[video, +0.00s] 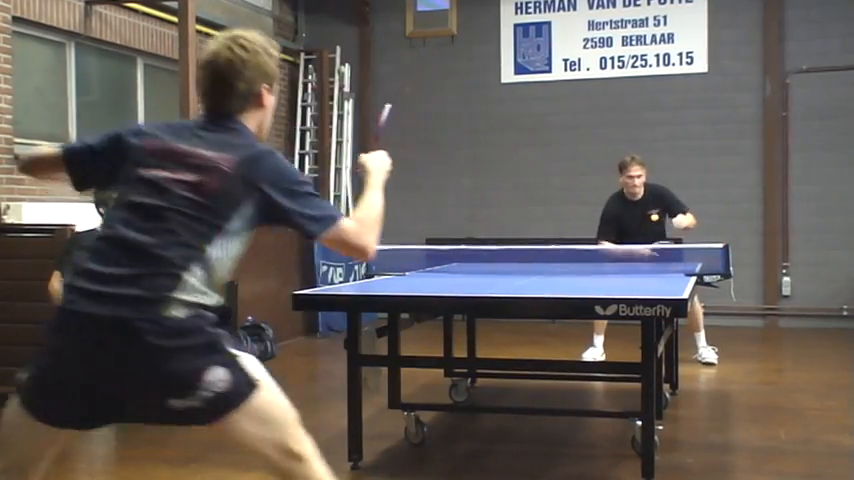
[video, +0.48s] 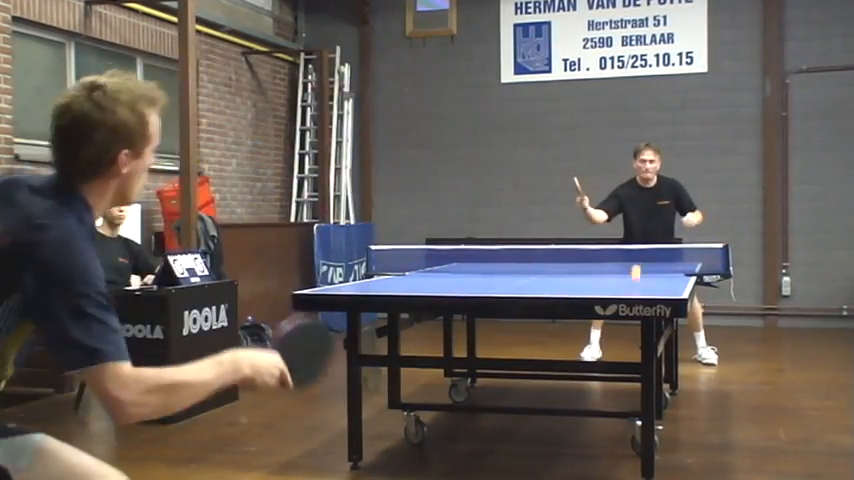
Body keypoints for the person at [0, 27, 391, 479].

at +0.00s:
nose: (276, 99)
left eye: (277, 90)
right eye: (276, 90)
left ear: (205, 91)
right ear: (264, 95)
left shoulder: (141, 139)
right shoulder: (259, 163)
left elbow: (35, 164)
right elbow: (364, 243)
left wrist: (26, 153)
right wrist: (376, 176)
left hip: (79, 340)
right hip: (172, 348)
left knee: (10, 462)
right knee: (295, 454)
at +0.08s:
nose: (247, 85)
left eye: (247, 73)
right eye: (249, 74)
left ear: (179, 72)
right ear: (237, 77)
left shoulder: (117, 118)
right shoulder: (227, 143)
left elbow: (13, 137)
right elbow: (333, 235)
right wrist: (356, 175)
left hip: (30, 302)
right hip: (116, 315)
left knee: (40, 455)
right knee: (253, 450)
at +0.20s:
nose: (211, 88)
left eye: (211, 76)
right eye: (211, 76)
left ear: (138, 75)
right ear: (197, 81)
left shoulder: (76, 122)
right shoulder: (180, 150)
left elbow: (0, 139)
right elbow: (282, 262)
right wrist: (321, 208)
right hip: (50, 331)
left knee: (82, 467)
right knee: (176, 473)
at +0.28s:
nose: (180, 118)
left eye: (183, 106)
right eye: (182, 106)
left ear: (107, 100)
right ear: (166, 111)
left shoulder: (28, 156)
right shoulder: (139, 186)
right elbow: (231, 315)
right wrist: (285, 262)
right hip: (15, 378)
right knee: (127, 472)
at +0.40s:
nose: (140, 166)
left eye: (142, 154)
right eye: (141, 154)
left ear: (61, 142)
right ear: (117, 159)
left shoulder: (11, 193)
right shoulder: (68, 238)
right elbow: (146, 379)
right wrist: (238, 326)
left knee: (101, 472)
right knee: (103, 475)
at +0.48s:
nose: (151, 165)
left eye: (153, 152)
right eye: (151, 153)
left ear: (69, 146)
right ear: (124, 161)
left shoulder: (15, 189)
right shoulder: (61, 241)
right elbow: (126, 398)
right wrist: (237, 364)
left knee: (104, 471)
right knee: (108, 475)